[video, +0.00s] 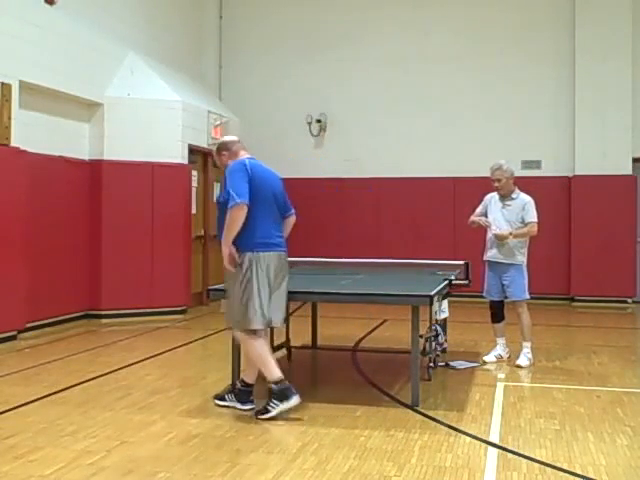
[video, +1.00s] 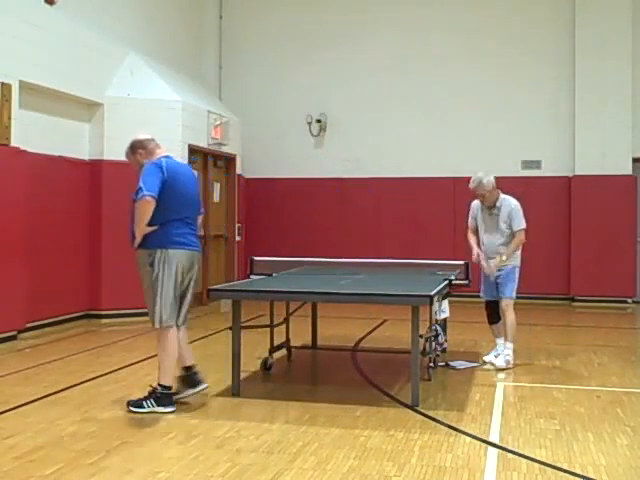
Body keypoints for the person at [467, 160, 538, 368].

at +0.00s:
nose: (496, 185)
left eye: (499, 181)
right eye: (494, 181)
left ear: (511, 180)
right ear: (493, 181)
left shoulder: (525, 201)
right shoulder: (490, 199)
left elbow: (532, 229)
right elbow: (473, 218)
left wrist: (510, 234)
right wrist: (478, 220)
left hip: (515, 261)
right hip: (493, 260)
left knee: (520, 304)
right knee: (495, 304)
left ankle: (526, 349)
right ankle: (500, 347)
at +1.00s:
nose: (480, 200)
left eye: (483, 195)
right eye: (478, 196)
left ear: (494, 190)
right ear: (477, 193)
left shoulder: (511, 205)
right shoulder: (476, 206)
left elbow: (520, 236)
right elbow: (471, 231)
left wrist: (504, 257)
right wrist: (475, 249)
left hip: (508, 263)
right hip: (487, 263)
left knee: (506, 305)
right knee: (490, 306)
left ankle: (508, 350)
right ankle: (499, 346)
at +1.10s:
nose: (476, 209)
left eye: (479, 206)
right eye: (474, 206)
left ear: (490, 200)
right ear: (473, 203)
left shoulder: (509, 212)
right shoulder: (474, 213)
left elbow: (518, 244)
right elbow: (472, 240)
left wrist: (504, 269)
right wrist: (473, 261)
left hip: (510, 263)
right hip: (489, 264)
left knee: (506, 305)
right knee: (489, 306)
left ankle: (506, 352)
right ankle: (499, 346)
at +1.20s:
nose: (471, 223)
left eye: (474, 220)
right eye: (470, 220)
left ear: (485, 214)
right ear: (469, 216)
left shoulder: (507, 222)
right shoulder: (471, 227)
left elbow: (519, 251)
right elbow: (470, 254)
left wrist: (507, 280)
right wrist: (469, 282)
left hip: (514, 267)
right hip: (492, 268)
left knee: (504, 306)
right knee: (488, 309)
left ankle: (506, 352)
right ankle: (500, 346)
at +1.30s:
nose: (470, 239)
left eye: (472, 235)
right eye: (468, 236)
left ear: (483, 229)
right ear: (466, 233)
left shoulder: (505, 232)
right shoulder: (469, 242)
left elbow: (522, 257)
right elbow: (467, 271)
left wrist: (509, 286)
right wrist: (464, 296)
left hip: (517, 271)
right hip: (495, 273)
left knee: (504, 307)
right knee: (488, 310)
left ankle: (506, 352)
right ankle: (499, 347)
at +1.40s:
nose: (470, 255)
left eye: (472, 251)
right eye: (468, 252)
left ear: (482, 244)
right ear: (465, 249)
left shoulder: (503, 241)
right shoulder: (469, 256)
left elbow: (525, 265)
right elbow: (466, 285)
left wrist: (510, 288)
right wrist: (460, 315)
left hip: (518, 274)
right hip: (496, 278)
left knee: (505, 308)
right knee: (488, 312)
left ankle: (506, 353)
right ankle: (500, 348)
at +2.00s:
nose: (465, 241)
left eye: (466, 237)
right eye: (463, 238)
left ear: (476, 229)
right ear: (462, 235)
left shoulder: (499, 233)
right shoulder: (466, 245)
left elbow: (517, 258)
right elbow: (469, 273)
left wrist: (507, 289)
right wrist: (468, 301)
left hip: (517, 269)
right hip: (496, 273)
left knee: (504, 307)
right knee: (489, 310)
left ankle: (506, 353)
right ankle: (499, 348)